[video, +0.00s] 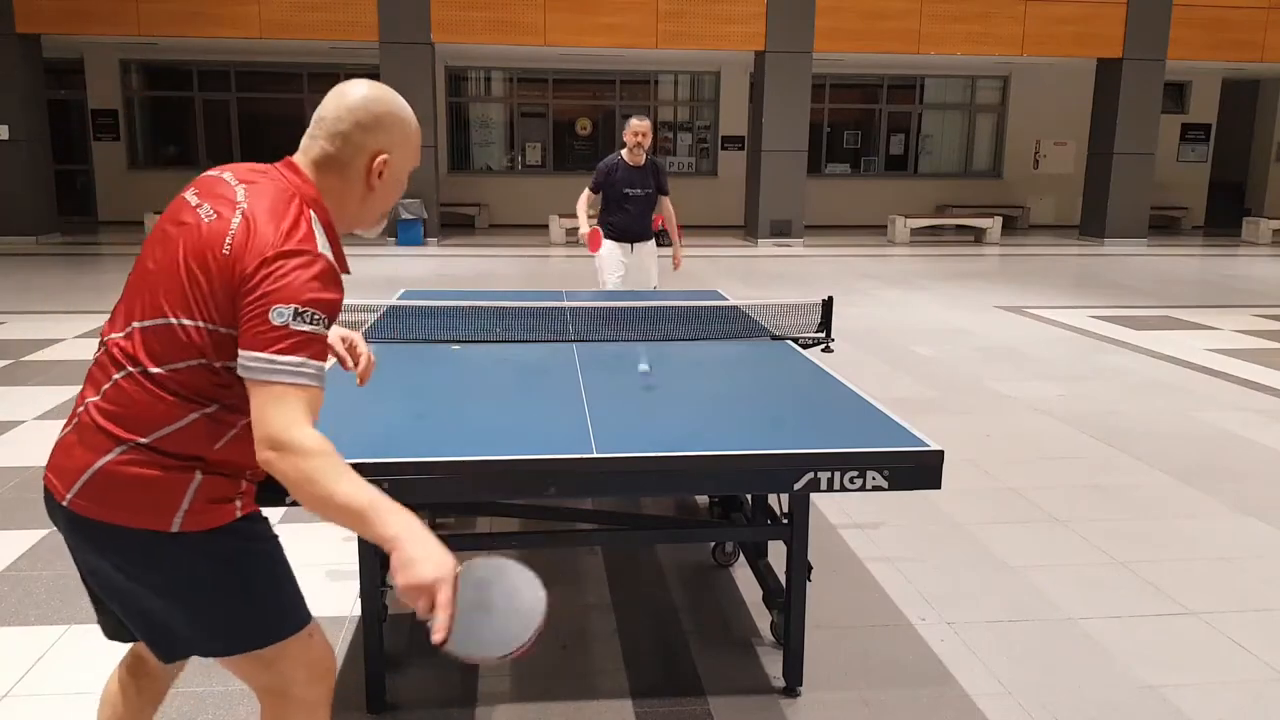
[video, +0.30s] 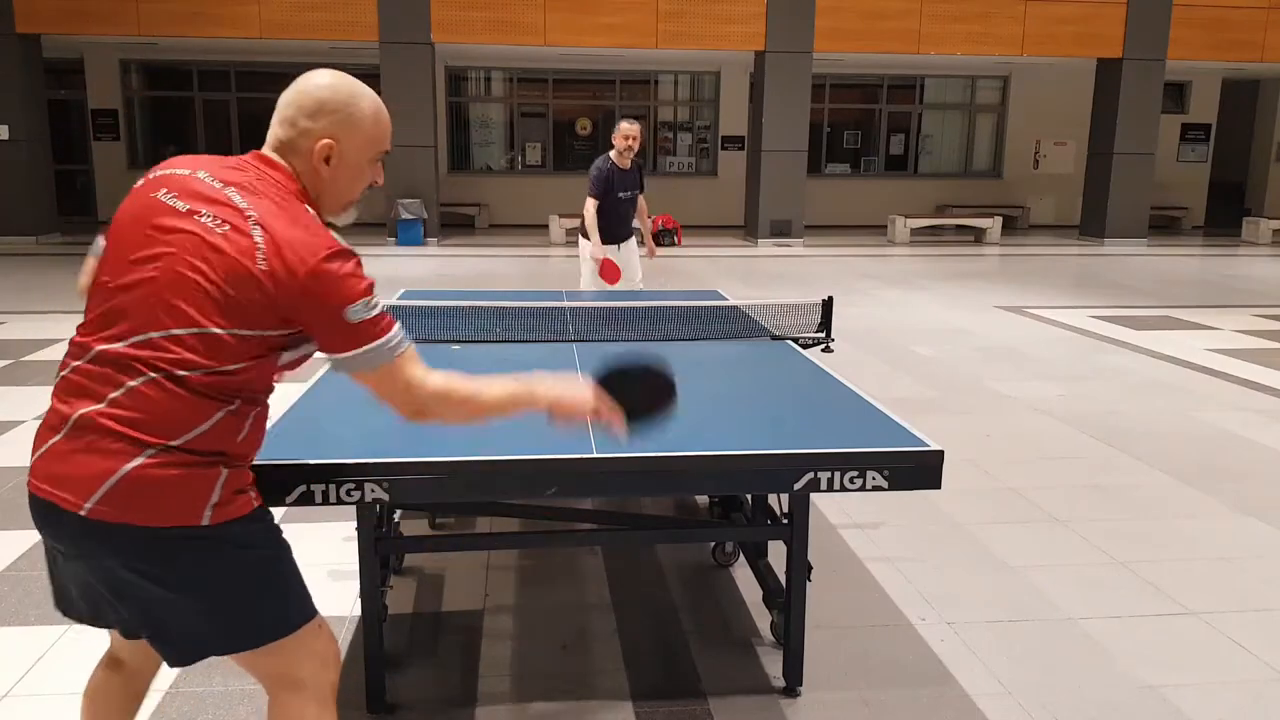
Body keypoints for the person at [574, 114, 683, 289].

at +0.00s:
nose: (639, 140)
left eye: (644, 135)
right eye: (634, 135)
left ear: (651, 138)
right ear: (625, 136)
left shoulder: (656, 168)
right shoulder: (609, 166)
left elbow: (666, 206)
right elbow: (584, 199)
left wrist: (676, 246)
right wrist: (583, 226)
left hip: (645, 245)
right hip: (611, 245)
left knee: (647, 301)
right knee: (612, 299)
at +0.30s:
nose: (630, 144)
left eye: (635, 139)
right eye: (625, 138)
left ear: (639, 141)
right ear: (614, 140)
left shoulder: (635, 167)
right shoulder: (601, 168)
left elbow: (638, 201)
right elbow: (589, 209)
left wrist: (648, 237)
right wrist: (596, 244)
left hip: (626, 241)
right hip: (597, 244)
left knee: (633, 292)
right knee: (593, 297)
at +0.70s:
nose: (645, 160)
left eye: (649, 156)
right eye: (641, 155)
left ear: (653, 157)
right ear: (628, 153)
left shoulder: (644, 180)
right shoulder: (614, 178)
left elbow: (644, 213)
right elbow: (599, 220)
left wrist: (652, 247)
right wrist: (622, 252)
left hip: (627, 243)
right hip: (603, 242)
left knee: (634, 286)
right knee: (622, 288)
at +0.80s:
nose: (656, 172)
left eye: (660, 167)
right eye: (652, 165)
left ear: (663, 167)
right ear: (639, 161)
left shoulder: (650, 183)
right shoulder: (622, 184)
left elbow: (649, 213)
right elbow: (615, 231)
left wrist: (658, 249)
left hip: (628, 241)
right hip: (603, 240)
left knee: (630, 288)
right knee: (629, 284)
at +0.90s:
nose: (667, 190)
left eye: (671, 184)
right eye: (664, 182)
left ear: (675, 182)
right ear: (650, 175)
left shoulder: (653, 191)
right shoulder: (630, 197)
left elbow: (655, 224)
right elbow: (628, 245)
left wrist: (664, 252)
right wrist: (659, 249)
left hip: (633, 243)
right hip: (608, 245)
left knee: (637, 291)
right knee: (635, 293)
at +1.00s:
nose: (672, 204)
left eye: (677, 199)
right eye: (669, 197)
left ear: (680, 197)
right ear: (657, 187)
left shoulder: (657, 199)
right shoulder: (635, 208)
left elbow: (659, 224)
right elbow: (629, 254)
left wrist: (668, 253)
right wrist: (657, 272)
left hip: (636, 251)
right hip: (613, 252)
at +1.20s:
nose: (675, 191)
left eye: (679, 187)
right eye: (671, 185)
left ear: (683, 184)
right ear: (659, 177)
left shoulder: (666, 192)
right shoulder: (642, 198)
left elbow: (666, 207)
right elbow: (625, 231)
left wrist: (673, 223)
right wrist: (606, 261)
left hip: (650, 249)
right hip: (630, 252)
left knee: (661, 293)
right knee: (653, 297)